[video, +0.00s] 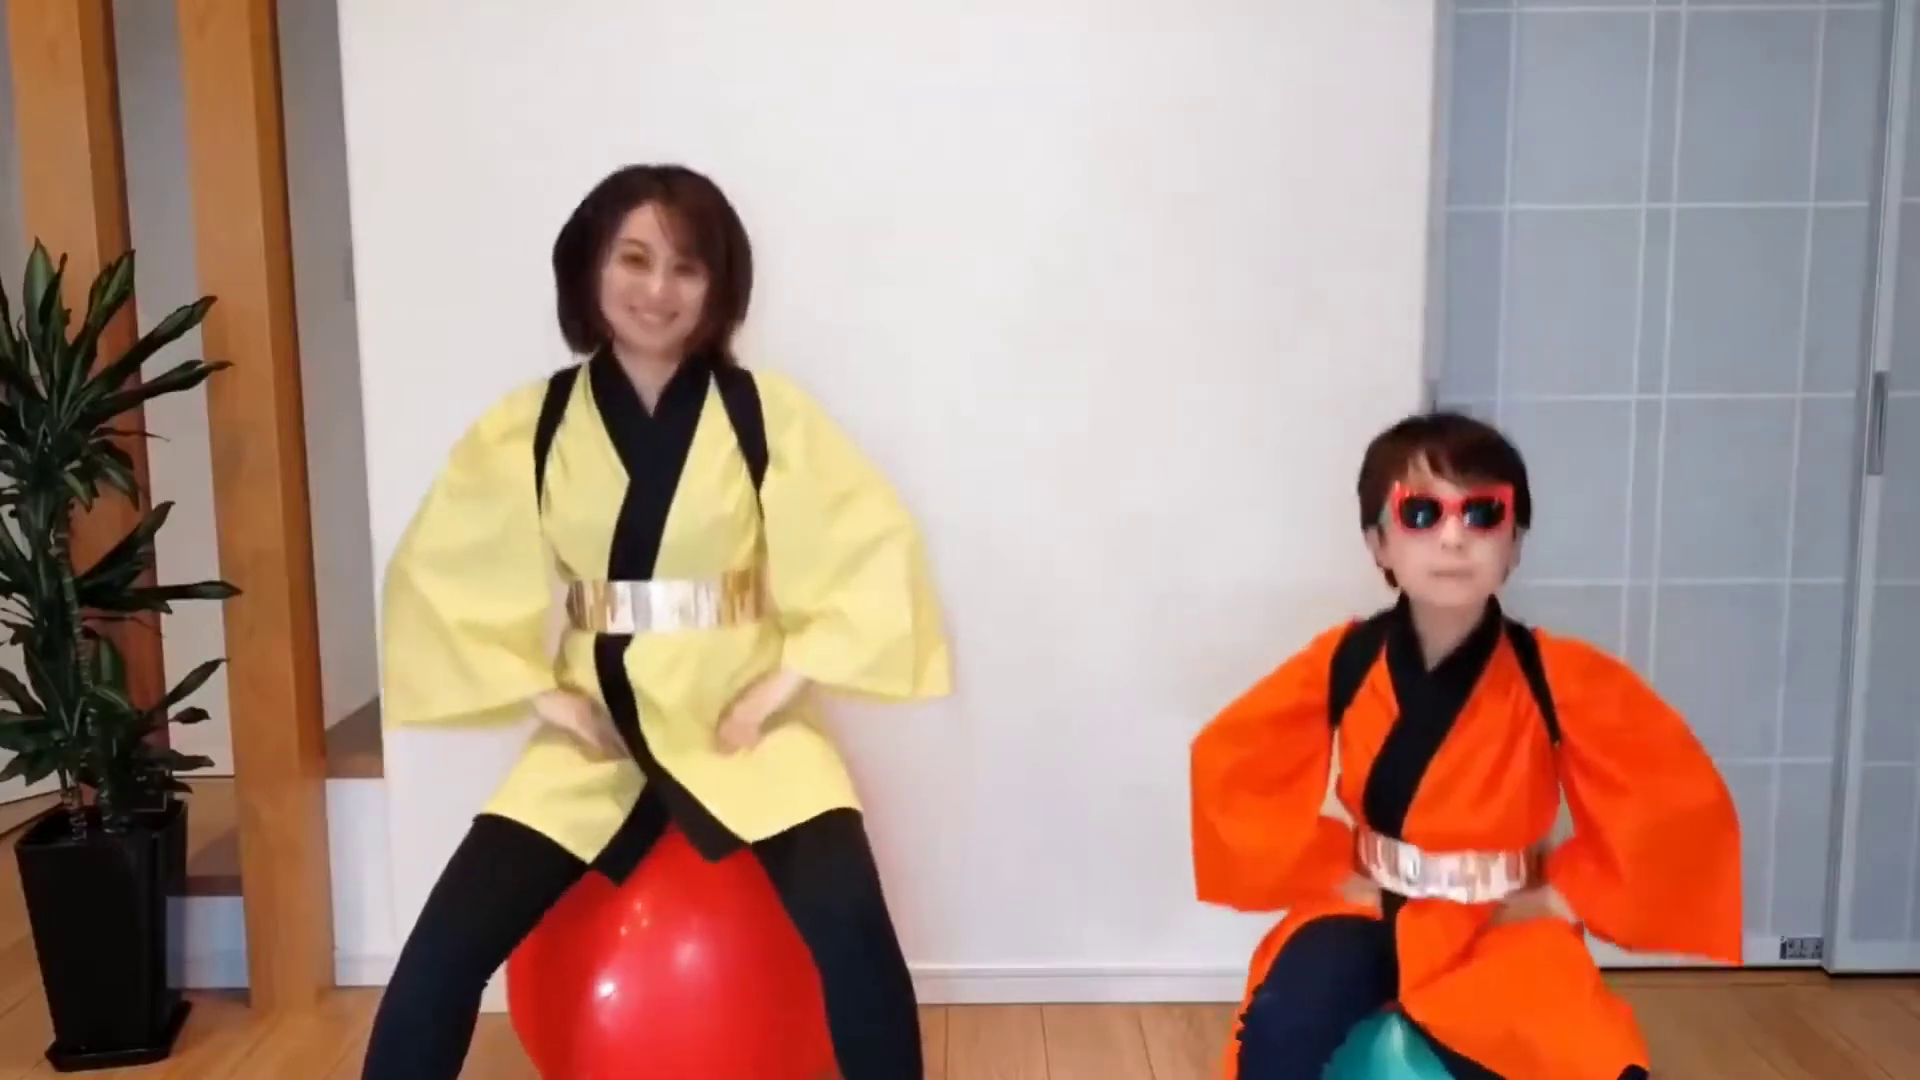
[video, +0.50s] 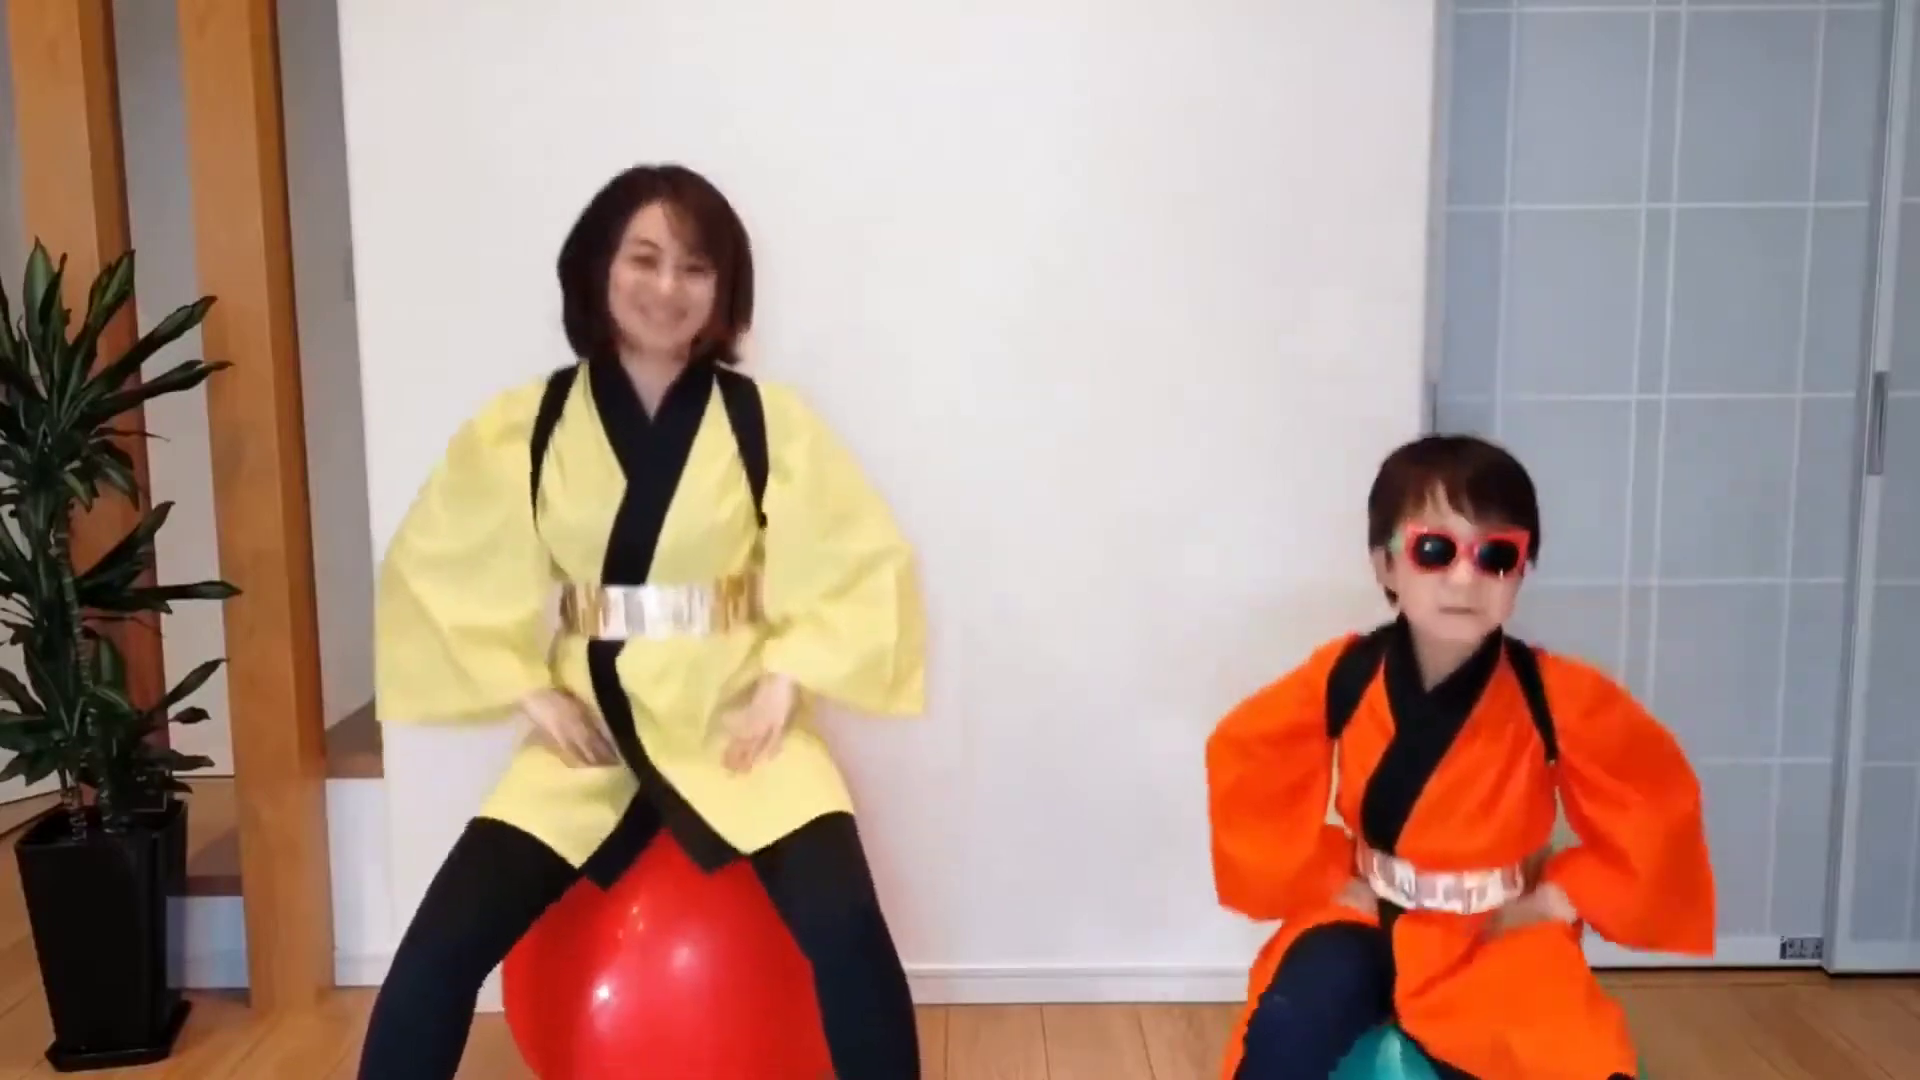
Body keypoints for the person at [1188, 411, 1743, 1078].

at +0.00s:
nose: (1454, 536)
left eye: (1482, 511)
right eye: (1421, 512)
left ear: (1514, 542)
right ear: (1380, 547)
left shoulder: (1555, 675)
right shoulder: (1345, 661)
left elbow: (1683, 801)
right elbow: (1224, 760)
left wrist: (1555, 894)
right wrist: (1330, 865)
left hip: (1503, 929)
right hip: (1366, 916)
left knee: (1594, 1054)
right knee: (1300, 997)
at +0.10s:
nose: (1460, 462)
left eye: (1490, 438)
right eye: (1429, 437)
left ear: (1522, 462)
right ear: (1385, 467)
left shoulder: (1558, 597)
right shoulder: (1348, 584)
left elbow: (1682, 725)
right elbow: (1227, 690)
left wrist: (1564, 837)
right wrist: (1334, 814)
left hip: (1507, 873)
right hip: (1369, 862)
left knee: (1598, 1043)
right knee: (1285, 999)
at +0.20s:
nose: (1468, 430)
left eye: (1500, 405)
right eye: (1438, 402)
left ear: (1529, 419)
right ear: (1390, 421)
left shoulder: (1561, 546)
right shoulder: (1348, 537)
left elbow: (1679, 666)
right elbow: (1227, 644)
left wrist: (1573, 782)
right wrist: (1328, 759)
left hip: (1506, 833)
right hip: (1369, 821)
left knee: (1596, 1021)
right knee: (1303, 936)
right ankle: (1270, 1068)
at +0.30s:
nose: (1471, 463)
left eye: (1503, 438)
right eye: (1440, 434)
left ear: (1530, 449)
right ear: (1392, 447)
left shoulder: (1559, 571)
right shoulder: (1348, 561)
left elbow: (1676, 681)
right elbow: (1225, 665)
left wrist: (1571, 801)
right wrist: (1326, 782)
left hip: (1507, 847)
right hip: (1370, 839)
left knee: (1600, 1037)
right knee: (1305, 938)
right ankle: (1274, 1067)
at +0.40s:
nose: (1470, 542)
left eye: (1499, 521)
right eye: (1438, 516)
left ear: (1524, 536)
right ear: (1387, 531)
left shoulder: (1554, 654)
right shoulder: (1346, 642)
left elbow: (1678, 765)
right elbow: (1227, 741)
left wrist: (1571, 863)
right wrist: (1329, 837)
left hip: (1502, 906)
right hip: (1366, 895)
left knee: (1585, 1045)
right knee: (1314, 964)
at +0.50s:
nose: (1464, 577)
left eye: (1495, 556)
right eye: (1433, 551)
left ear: (1521, 575)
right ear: (1384, 569)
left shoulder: (1555, 694)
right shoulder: (1345, 677)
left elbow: (1662, 805)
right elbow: (1241, 755)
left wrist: (1557, 898)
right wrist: (1324, 867)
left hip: (1502, 936)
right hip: (1368, 921)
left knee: (1584, 1057)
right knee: (1313, 986)